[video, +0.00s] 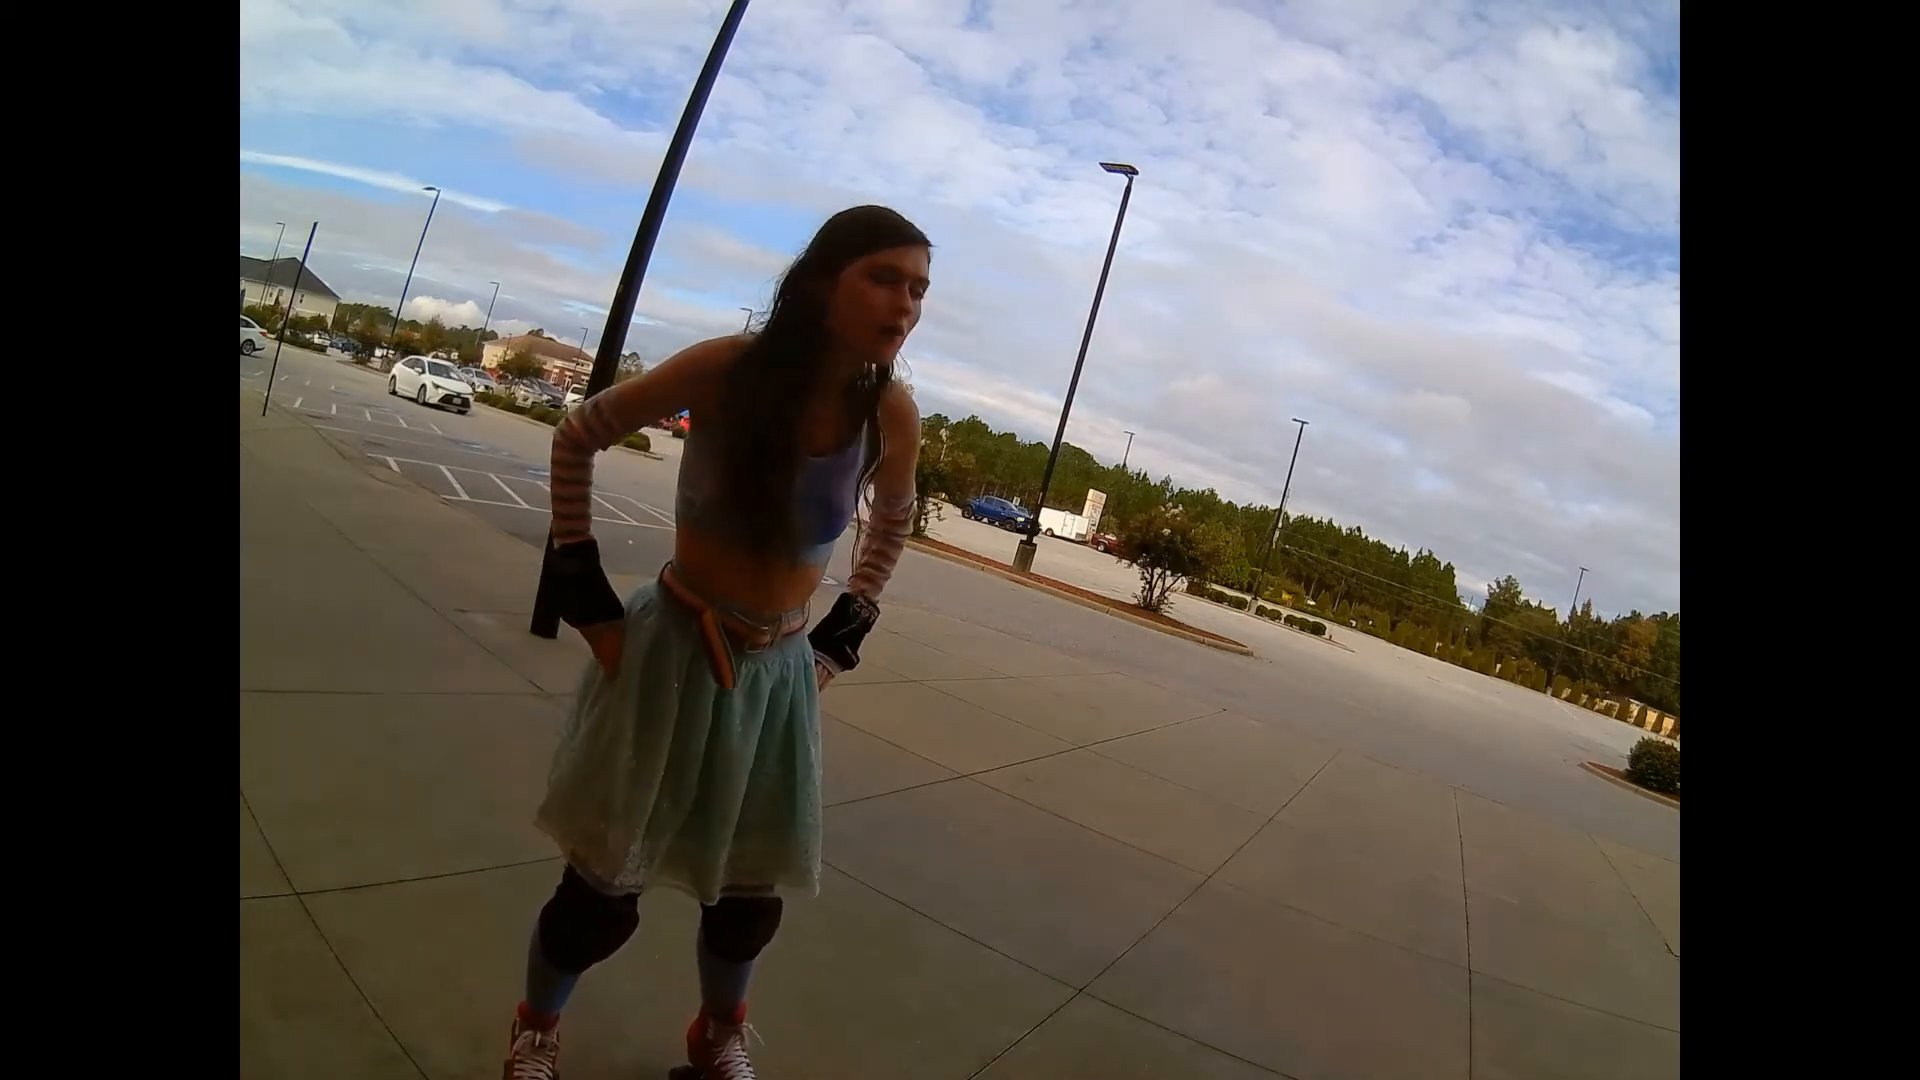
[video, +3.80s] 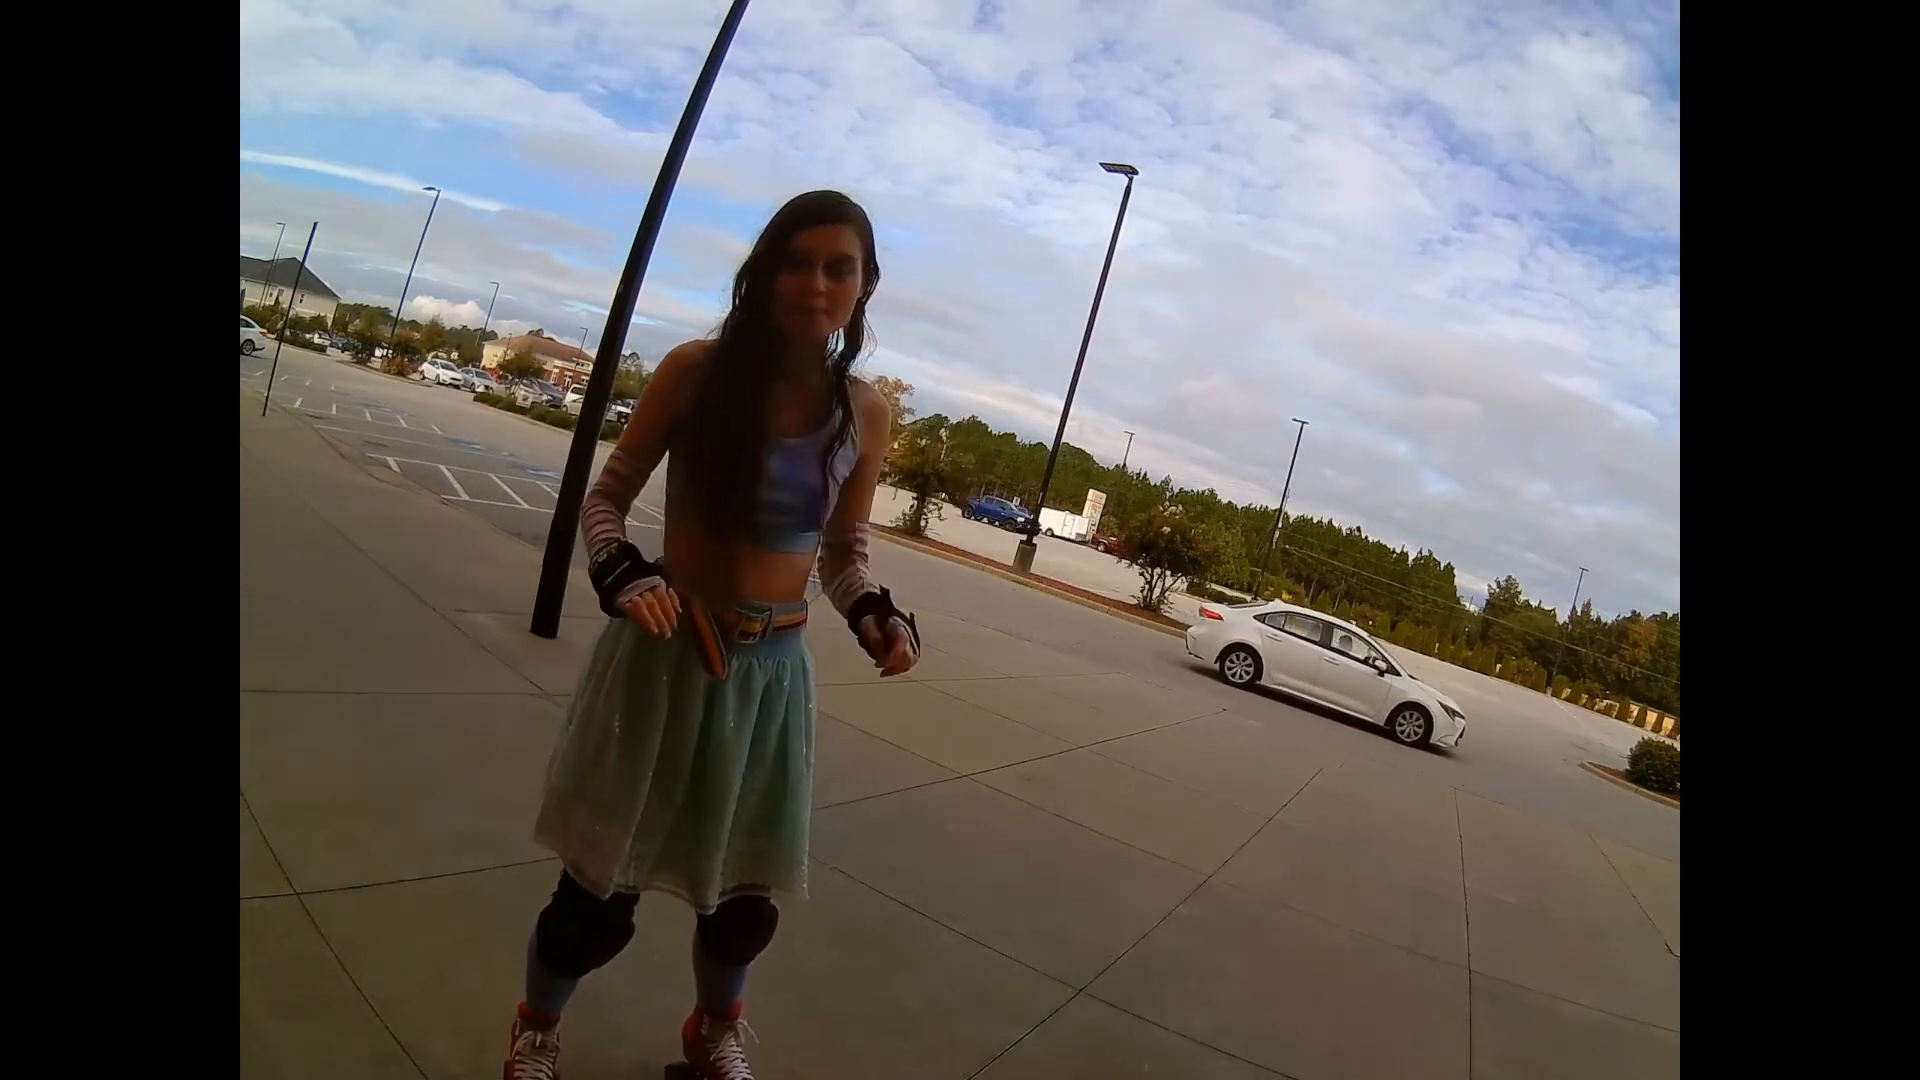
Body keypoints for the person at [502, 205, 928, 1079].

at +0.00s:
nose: (905, 304)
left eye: (918, 288)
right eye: (886, 279)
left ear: (923, 304)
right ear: (826, 280)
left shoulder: (888, 410)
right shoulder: (726, 367)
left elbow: (891, 520)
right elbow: (579, 435)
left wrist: (851, 618)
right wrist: (577, 570)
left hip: (781, 671)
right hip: (670, 646)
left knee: (750, 899)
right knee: (602, 893)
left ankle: (719, 1034)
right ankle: (536, 1029)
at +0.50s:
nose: (914, 302)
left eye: (918, 284)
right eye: (898, 281)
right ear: (834, 283)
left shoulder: (870, 409)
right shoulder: (724, 376)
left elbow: (897, 558)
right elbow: (572, 463)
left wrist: (955, 549)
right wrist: (572, 612)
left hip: (781, 669)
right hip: (683, 652)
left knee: (746, 893)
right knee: (610, 896)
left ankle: (711, 1032)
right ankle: (538, 1027)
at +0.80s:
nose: (875, 299)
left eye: (885, 283)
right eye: (858, 278)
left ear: (886, 294)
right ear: (802, 276)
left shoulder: (857, 406)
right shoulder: (705, 377)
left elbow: (898, 552)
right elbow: (620, 522)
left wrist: (948, 445)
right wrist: (686, 555)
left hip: (780, 666)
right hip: (678, 647)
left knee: (751, 895)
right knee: (611, 892)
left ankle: (715, 1033)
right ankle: (538, 1023)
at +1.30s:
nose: (855, 285)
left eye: (869, 272)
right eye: (836, 265)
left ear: (877, 288)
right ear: (785, 268)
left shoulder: (861, 400)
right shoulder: (704, 370)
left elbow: (908, 552)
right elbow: (658, 526)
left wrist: (927, 454)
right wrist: (767, 448)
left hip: (785, 667)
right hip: (681, 650)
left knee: (754, 908)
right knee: (609, 907)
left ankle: (718, 1036)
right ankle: (536, 1037)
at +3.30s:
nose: (864, 296)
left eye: (880, 279)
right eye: (846, 275)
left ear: (889, 291)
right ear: (798, 273)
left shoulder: (858, 400)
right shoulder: (705, 375)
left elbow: (950, 519)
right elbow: (599, 512)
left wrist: (913, 403)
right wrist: (697, 511)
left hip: (781, 662)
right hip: (679, 646)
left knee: (750, 905)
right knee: (608, 907)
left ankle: (719, 1038)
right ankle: (537, 1034)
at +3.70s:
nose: (828, 288)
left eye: (850, 272)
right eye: (810, 266)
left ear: (871, 290)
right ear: (774, 270)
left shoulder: (862, 410)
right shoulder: (699, 373)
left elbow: (878, 578)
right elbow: (604, 503)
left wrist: (895, 483)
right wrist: (655, 547)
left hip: (776, 668)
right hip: (671, 650)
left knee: (747, 901)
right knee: (602, 895)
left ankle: (714, 1037)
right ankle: (535, 1037)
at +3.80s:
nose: (816, 286)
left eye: (839, 269)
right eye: (798, 264)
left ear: (863, 288)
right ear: (764, 272)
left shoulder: (865, 411)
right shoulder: (695, 373)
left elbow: (845, 544)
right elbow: (605, 496)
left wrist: (874, 609)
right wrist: (620, 570)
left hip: (773, 672)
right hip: (666, 656)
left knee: (746, 905)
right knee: (599, 896)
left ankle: (714, 1035)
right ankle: (535, 1033)